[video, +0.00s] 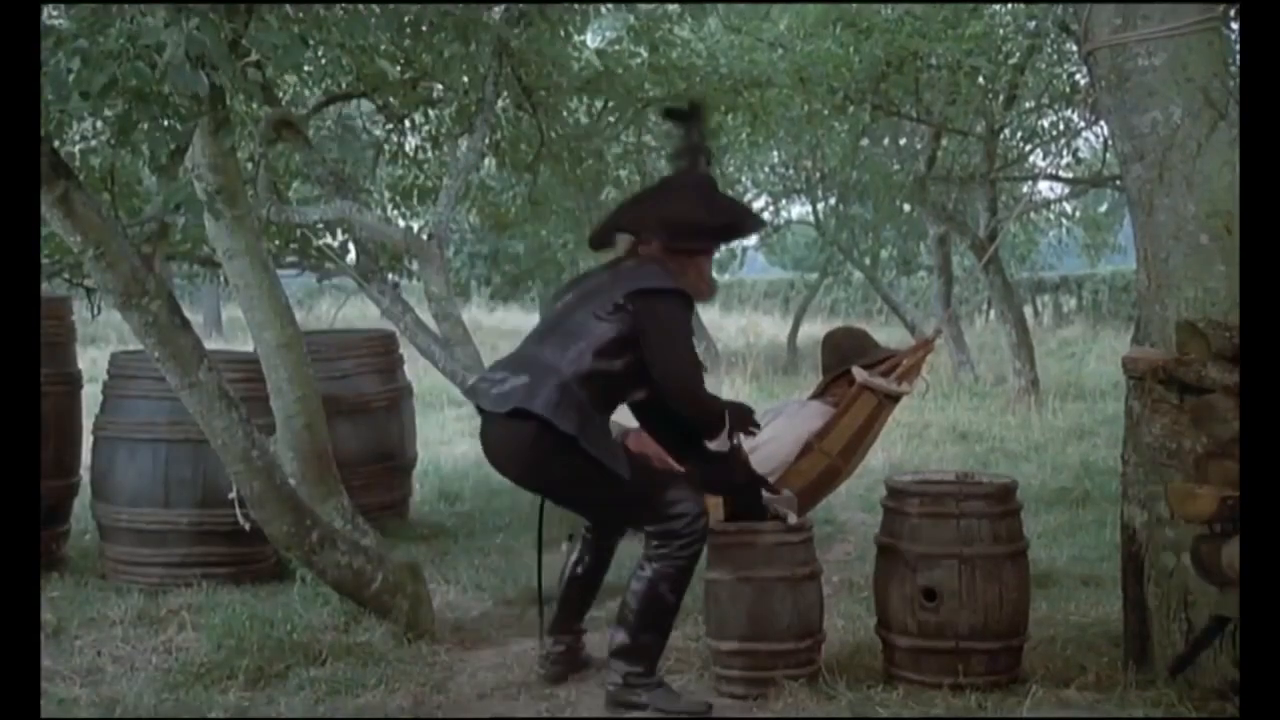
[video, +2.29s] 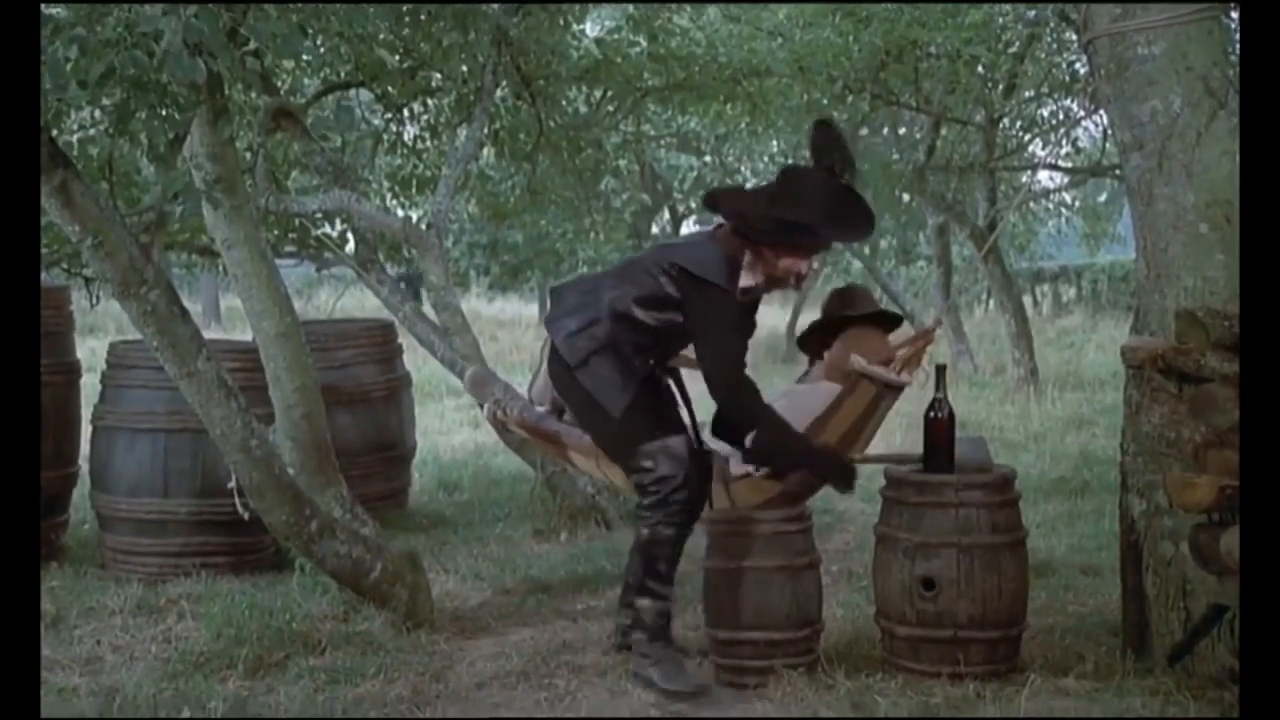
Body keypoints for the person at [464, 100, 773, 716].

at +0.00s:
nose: (715, 274)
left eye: (715, 258)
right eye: (710, 258)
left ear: (652, 249)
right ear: (679, 253)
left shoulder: (608, 283)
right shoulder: (662, 293)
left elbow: (667, 422)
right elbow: (686, 402)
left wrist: (745, 488)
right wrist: (730, 415)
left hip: (502, 428)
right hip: (543, 434)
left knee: (613, 510)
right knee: (682, 517)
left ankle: (561, 646)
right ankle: (634, 679)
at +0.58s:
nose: (752, 260)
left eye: (753, 246)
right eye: (749, 244)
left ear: (699, 239)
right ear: (719, 242)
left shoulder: (649, 272)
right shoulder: (677, 285)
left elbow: (650, 403)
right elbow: (705, 395)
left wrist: (725, 459)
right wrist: (756, 389)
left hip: (526, 399)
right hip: (552, 407)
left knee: (635, 509)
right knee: (690, 488)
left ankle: (563, 644)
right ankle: (648, 663)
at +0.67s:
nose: (756, 257)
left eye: (758, 244)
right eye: (752, 242)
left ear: (706, 237)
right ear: (719, 238)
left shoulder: (659, 267)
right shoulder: (684, 281)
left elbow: (654, 390)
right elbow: (724, 384)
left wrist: (716, 453)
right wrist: (797, 355)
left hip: (536, 396)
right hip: (560, 401)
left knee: (637, 514)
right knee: (692, 482)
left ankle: (563, 643)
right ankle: (670, 660)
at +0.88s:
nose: (797, 266)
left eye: (800, 253)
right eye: (795, 252)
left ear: (746, 241)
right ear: (763, 248)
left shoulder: (691, 270)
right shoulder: (732, 280)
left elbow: (670, 392)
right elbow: (791, 365)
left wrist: (762, 438)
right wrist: (868, 371)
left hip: (560, 389)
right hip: (597, 397)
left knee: (643, 511)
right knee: (714, 495)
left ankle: (563, 641)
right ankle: (683, 664)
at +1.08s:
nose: (828, 280)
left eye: (833, 267)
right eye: (825, 265)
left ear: (771, 249)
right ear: (790, 257)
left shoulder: (722, 276)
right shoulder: (764, 291)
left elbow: (713, 392)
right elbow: (820, 390)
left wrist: (811, 412)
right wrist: (891, 403)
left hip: (580, 379)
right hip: (616, 391)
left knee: (645, 511)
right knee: (733, 498)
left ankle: (565, 640)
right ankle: (686, 666)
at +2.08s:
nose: (822, 269)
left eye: (829, 258)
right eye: (819, 256)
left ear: (776, 237)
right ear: (790, 246)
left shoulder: (735, 259)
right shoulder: (745, 272)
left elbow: (750, 373)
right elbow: (767, 375)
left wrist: (818, 419)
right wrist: (834, 415)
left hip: (593, 354)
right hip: (605, 362)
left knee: (688, 482)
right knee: (702, 487)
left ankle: (638, 619)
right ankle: (683, 659)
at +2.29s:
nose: (808, 269)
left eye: (814, 257)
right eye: (803, 255)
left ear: (778, 246)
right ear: (769, 242)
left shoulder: (743, 276)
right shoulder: (711, 275)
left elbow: (730, 386)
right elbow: (732, 397)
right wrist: (817, 459)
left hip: (625, 352)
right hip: (587, 349)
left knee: (690, 469)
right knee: (669, 472)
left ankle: (636, 621)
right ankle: (647, 640)